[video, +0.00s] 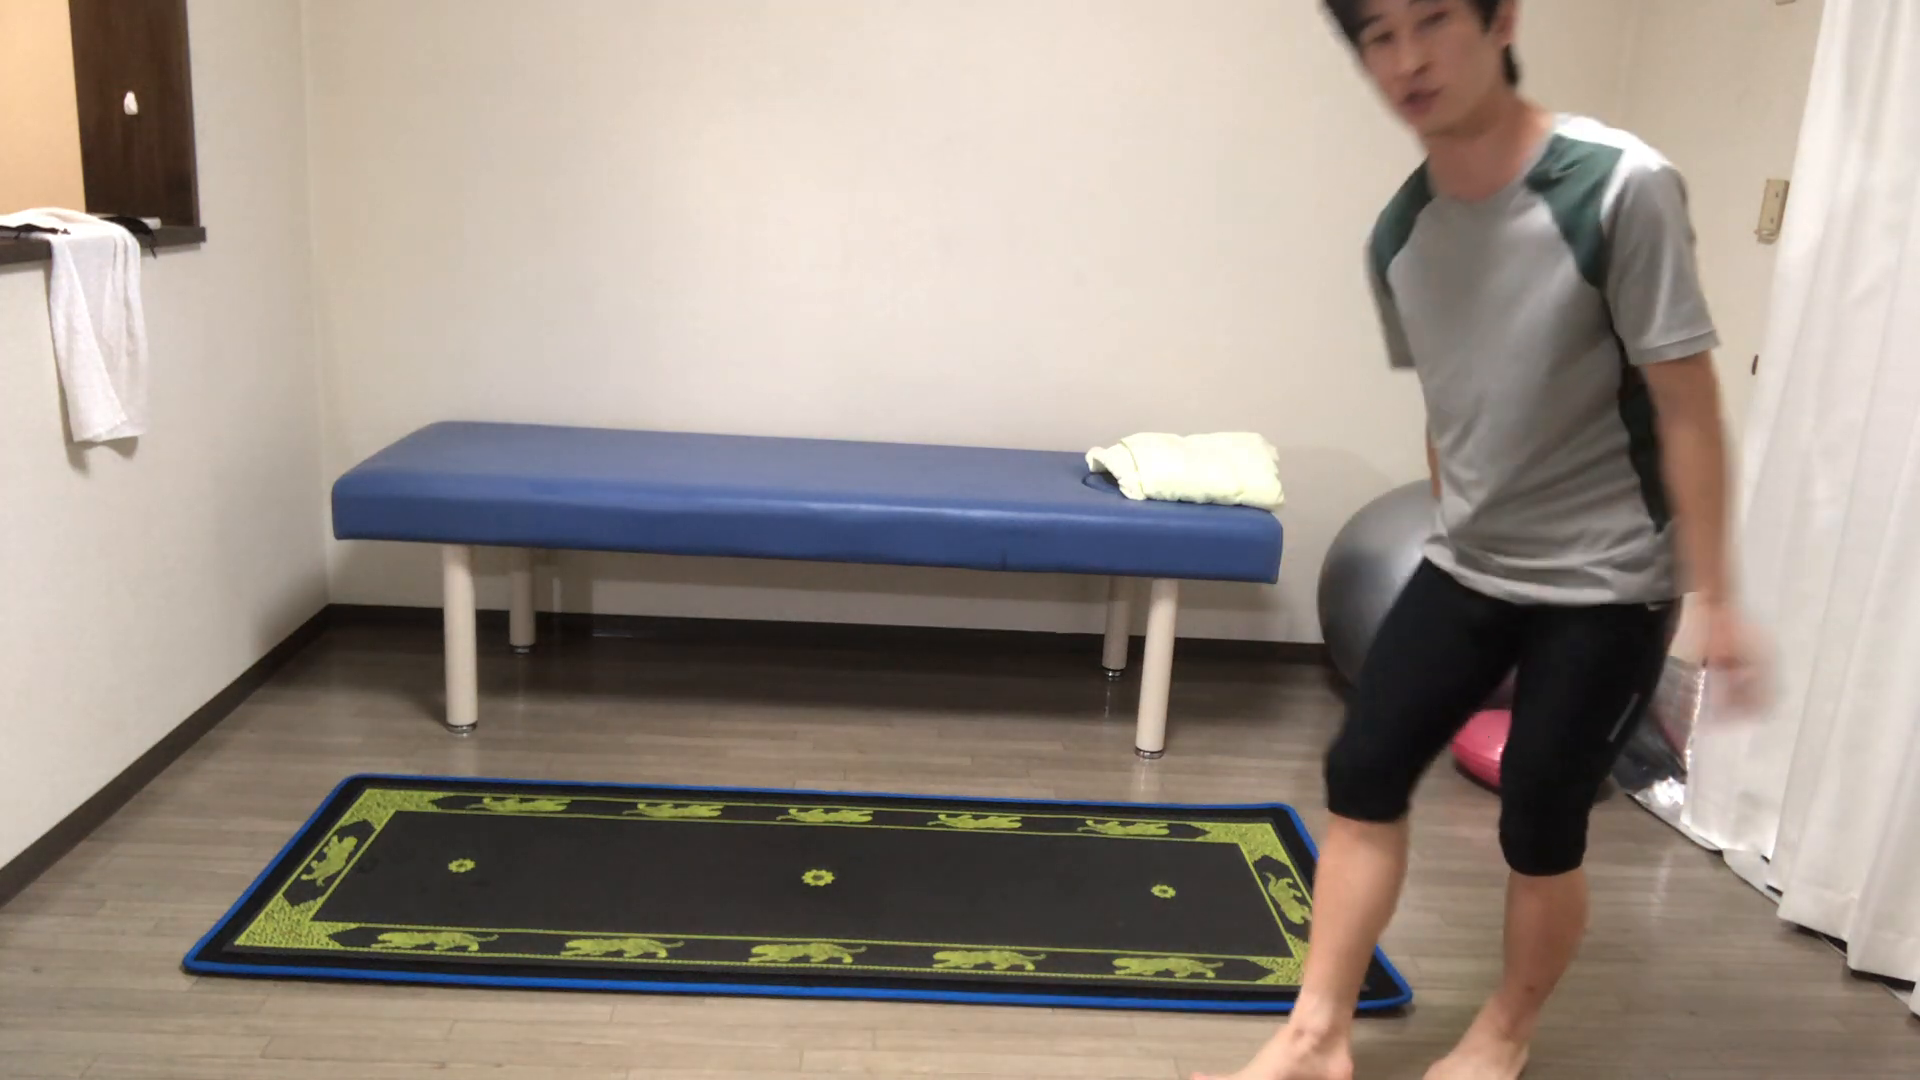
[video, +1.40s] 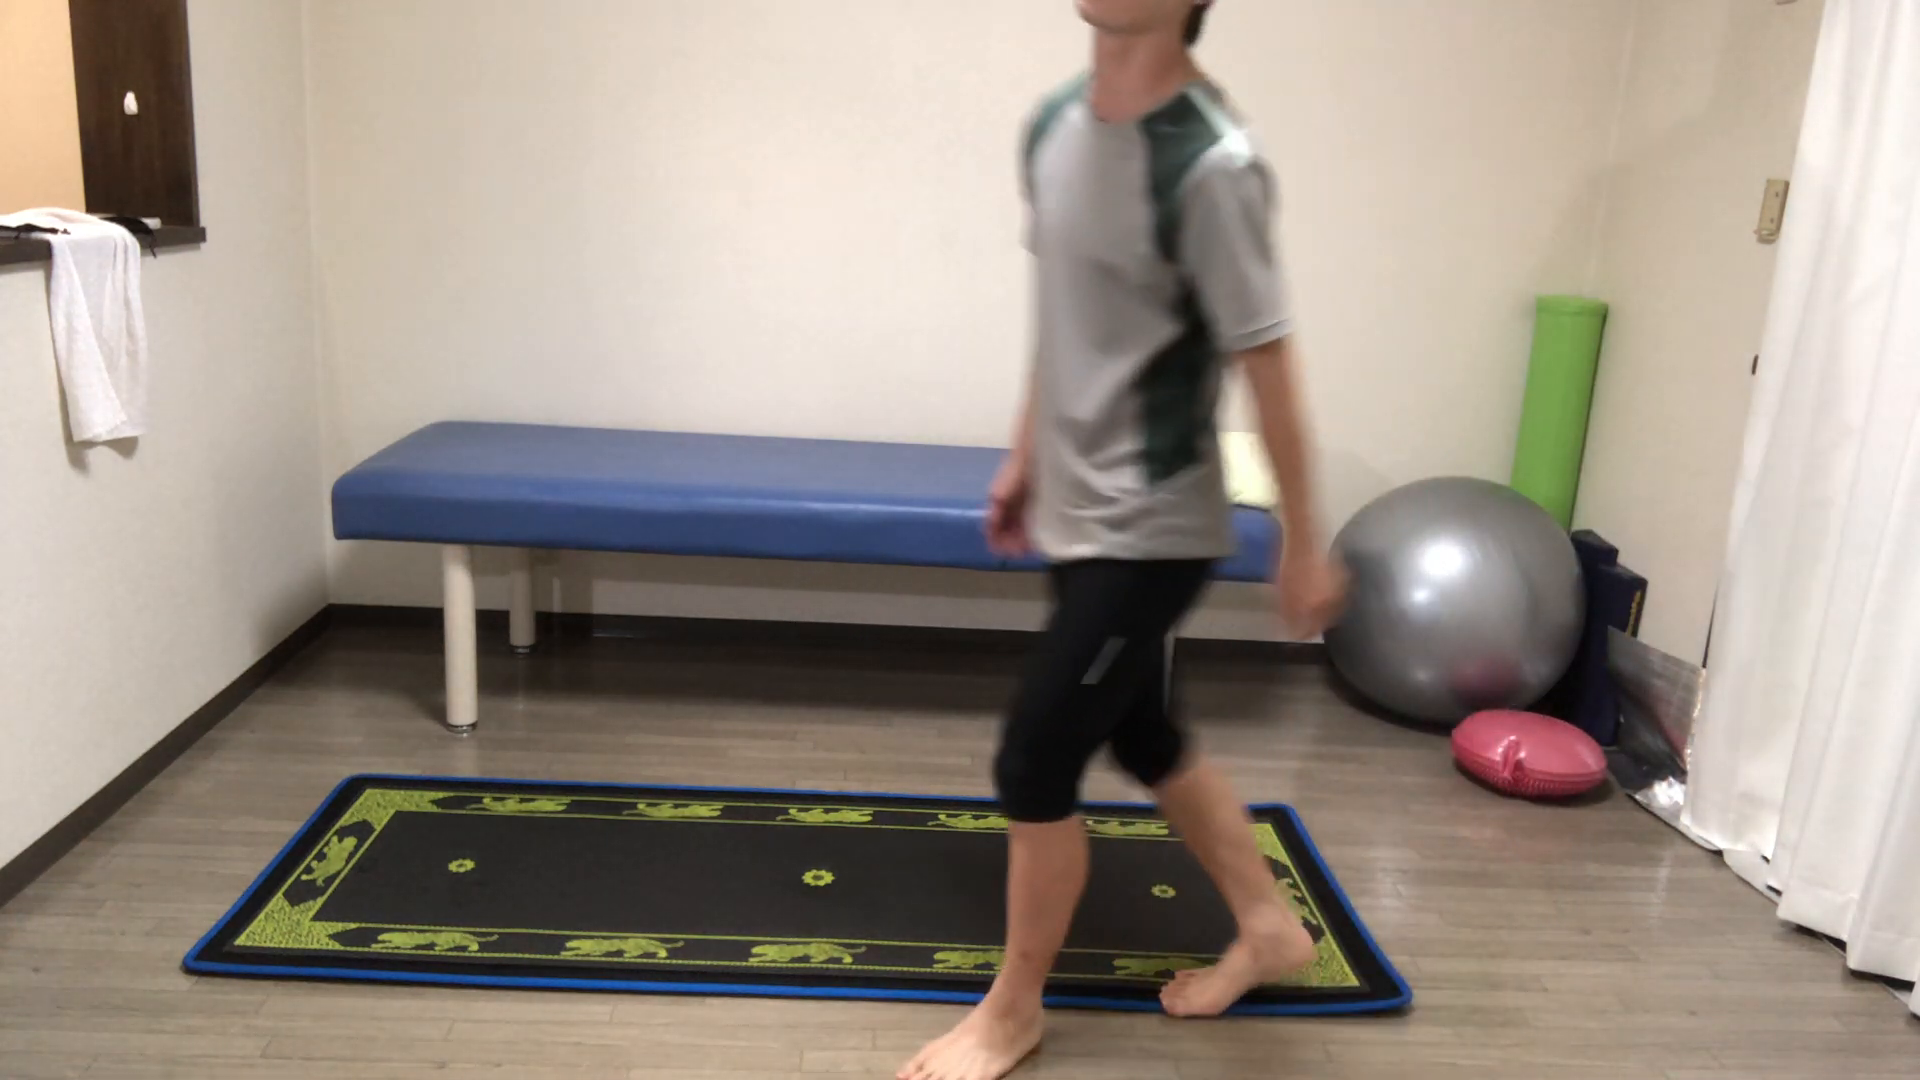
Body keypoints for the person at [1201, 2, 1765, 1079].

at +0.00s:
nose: (1406, 59)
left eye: (1431, 22)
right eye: (1376, 38)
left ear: (1500, 25)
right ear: (1361, 63)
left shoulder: (1621, 191)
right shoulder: (1401, 234)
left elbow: (1689, 406)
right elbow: (1447, 412)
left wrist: (1710, 596)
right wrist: (1453, 548)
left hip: (1607, 578)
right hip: (1468, 561)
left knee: (1540, 819)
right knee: (1362, 775)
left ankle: (1504, 1034)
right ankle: (1317, 1031)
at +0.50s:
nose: (1402, 8)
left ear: (1494, 7)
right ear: (1370, 12)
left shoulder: (1574, 159)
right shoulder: (1362, 167)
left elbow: (1604, 375)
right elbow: (1364, 354)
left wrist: (1566, 556)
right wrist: (1345, 505)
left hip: (1513, 538)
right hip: (1386, 523)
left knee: (1506, 789)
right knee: (1314, 735)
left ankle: (1504, 1021)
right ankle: (1290, 956)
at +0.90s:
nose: (1233, 11)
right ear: (1201, 12)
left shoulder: (1408, 126)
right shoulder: (1229, 163)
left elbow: (1471, 328)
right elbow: (1239, 343)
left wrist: (1394, 499)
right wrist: (1199, 493)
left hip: (1370, 528)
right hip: (1257, 520)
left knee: (1332, 778)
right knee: (1268, 752)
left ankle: (1447, 978)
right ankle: (1287, 955)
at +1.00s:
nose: (1213, 10)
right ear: (1177, 9)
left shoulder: (1381, 125)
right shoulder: (1197, 160)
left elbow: (1445, 332)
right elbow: (1201, 342)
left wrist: (1398, 503)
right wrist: (1180, 494)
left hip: (1335, 518)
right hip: (1228, 515)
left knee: (1265, 758)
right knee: (1248, 757)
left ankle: (1365, 973)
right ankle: (1285, 958)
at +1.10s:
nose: (1185, 6)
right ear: (1153, 7)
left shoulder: (1351, 128)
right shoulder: (1165, 154)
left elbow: (1419, 337)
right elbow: (1169, 340)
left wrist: (1405, 515)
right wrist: (1155, 493)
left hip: (1312, 511)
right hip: (1203, 510)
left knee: (1202, 751)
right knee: (1245, 739)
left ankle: (1231, 974)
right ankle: (1287, 951)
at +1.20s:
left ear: (1246, 2)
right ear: (1129, 8)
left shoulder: (1310, 139)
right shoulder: (1135, 148)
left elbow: (1383, 332)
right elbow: (1137, 328)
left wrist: (1400, 519)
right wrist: (1121, 483)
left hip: (1275, 512)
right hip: (1171, 509)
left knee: (1152, 744)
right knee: (1234, 741)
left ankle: (1077, 1008)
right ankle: (1286, 953)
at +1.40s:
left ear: (1185, 3)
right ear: (1091, 1)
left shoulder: (1214, 164)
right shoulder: (1050, 124)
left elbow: (1269, 362)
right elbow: (1060, 314)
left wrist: (1302, 543)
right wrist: (1026, 456)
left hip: (1159, 523)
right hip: (1078, 508)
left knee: (1037, 763)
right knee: (1150, 740)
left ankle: (1012, 1013)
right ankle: (1272, 928)